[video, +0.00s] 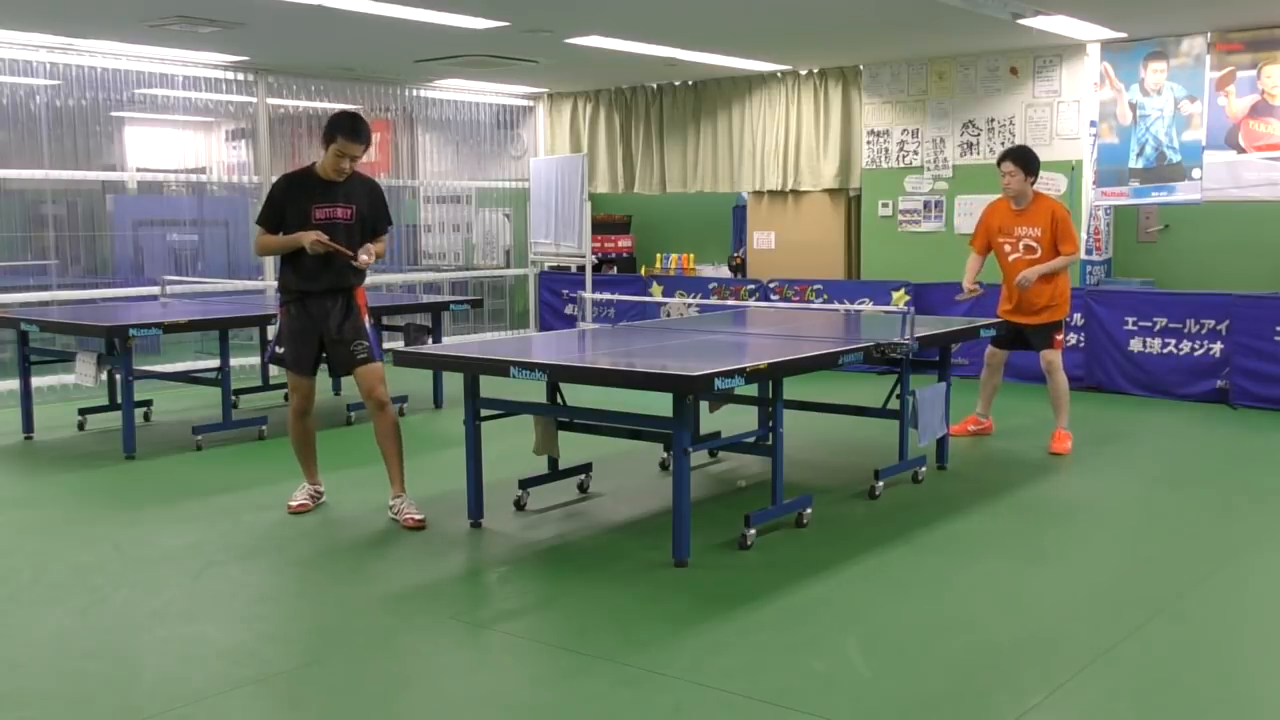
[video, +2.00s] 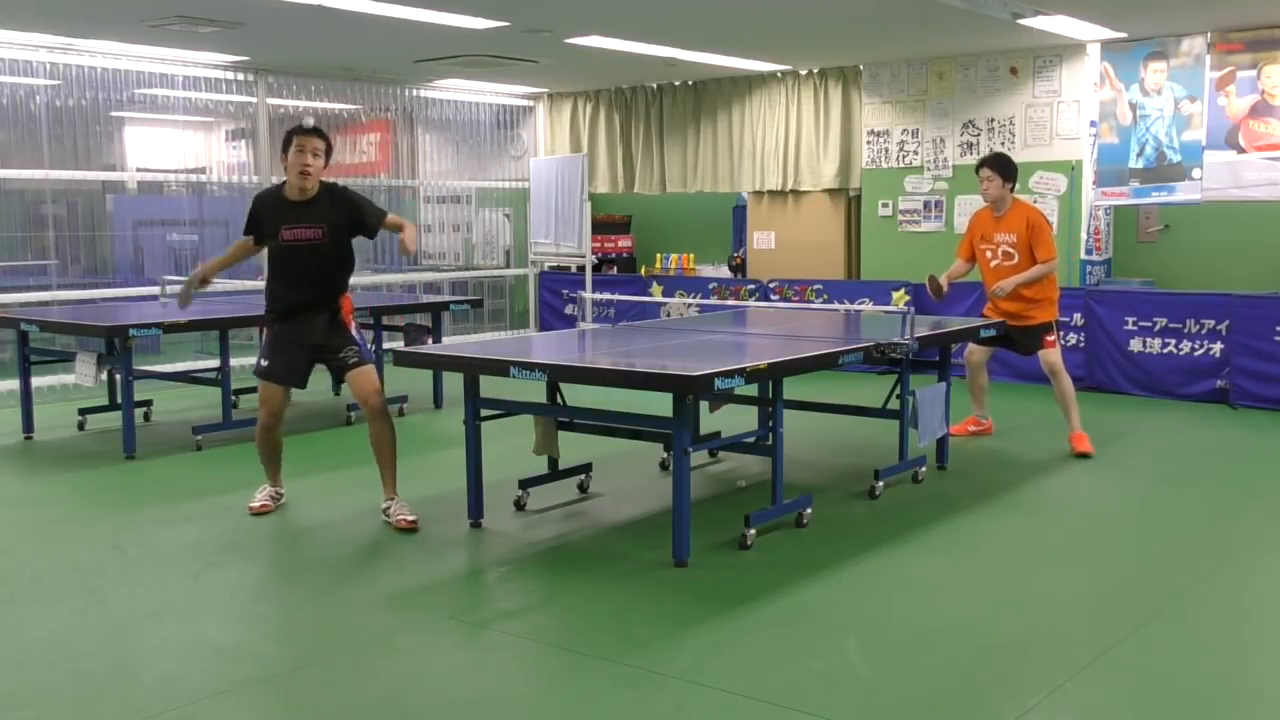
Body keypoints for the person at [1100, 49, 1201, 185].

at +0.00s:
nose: (1158, 77)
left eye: (1162, 72)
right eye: (1154, 71)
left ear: (1167, 73)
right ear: (1143, 72)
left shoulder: (1173, 89)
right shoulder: (1135, 91)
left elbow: (1198, 106)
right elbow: (1125, 121)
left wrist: (1191, 107)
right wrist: (1120, 95)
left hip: (1171, 161)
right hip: (1141, 163)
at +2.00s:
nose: (1158, 77)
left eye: (1162, 72)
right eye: (1154, 71)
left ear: (1167, 73)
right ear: (1143, 72)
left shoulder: (1173, 89)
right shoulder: (1134, 91)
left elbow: (1198, 106)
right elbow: (1125, 121)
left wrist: (1191, 107)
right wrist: (1121, 95)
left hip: (1171, 162)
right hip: (1141, 164)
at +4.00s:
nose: (1158, 76)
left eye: (1162, 71)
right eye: (1154, 71)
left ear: (1167, 72)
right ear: (1143, 72)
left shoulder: (1173, 89)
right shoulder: (1134, 90)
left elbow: (1199, 105)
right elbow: (1125, 120)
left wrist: (1191, 106)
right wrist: (1120, 94)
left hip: (1171, 161)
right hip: (1141, 163)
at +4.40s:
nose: (1158, 77)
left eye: (1162, 71)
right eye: (1154, 71)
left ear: (1167, 72)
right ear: (1143, 71)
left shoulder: (1172, 89)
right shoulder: (1134, 91)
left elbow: (1198, 105)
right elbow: (1125, 120)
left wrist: (1191, 106)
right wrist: (1120, 94)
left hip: (1171, 160)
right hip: (1141, 163)